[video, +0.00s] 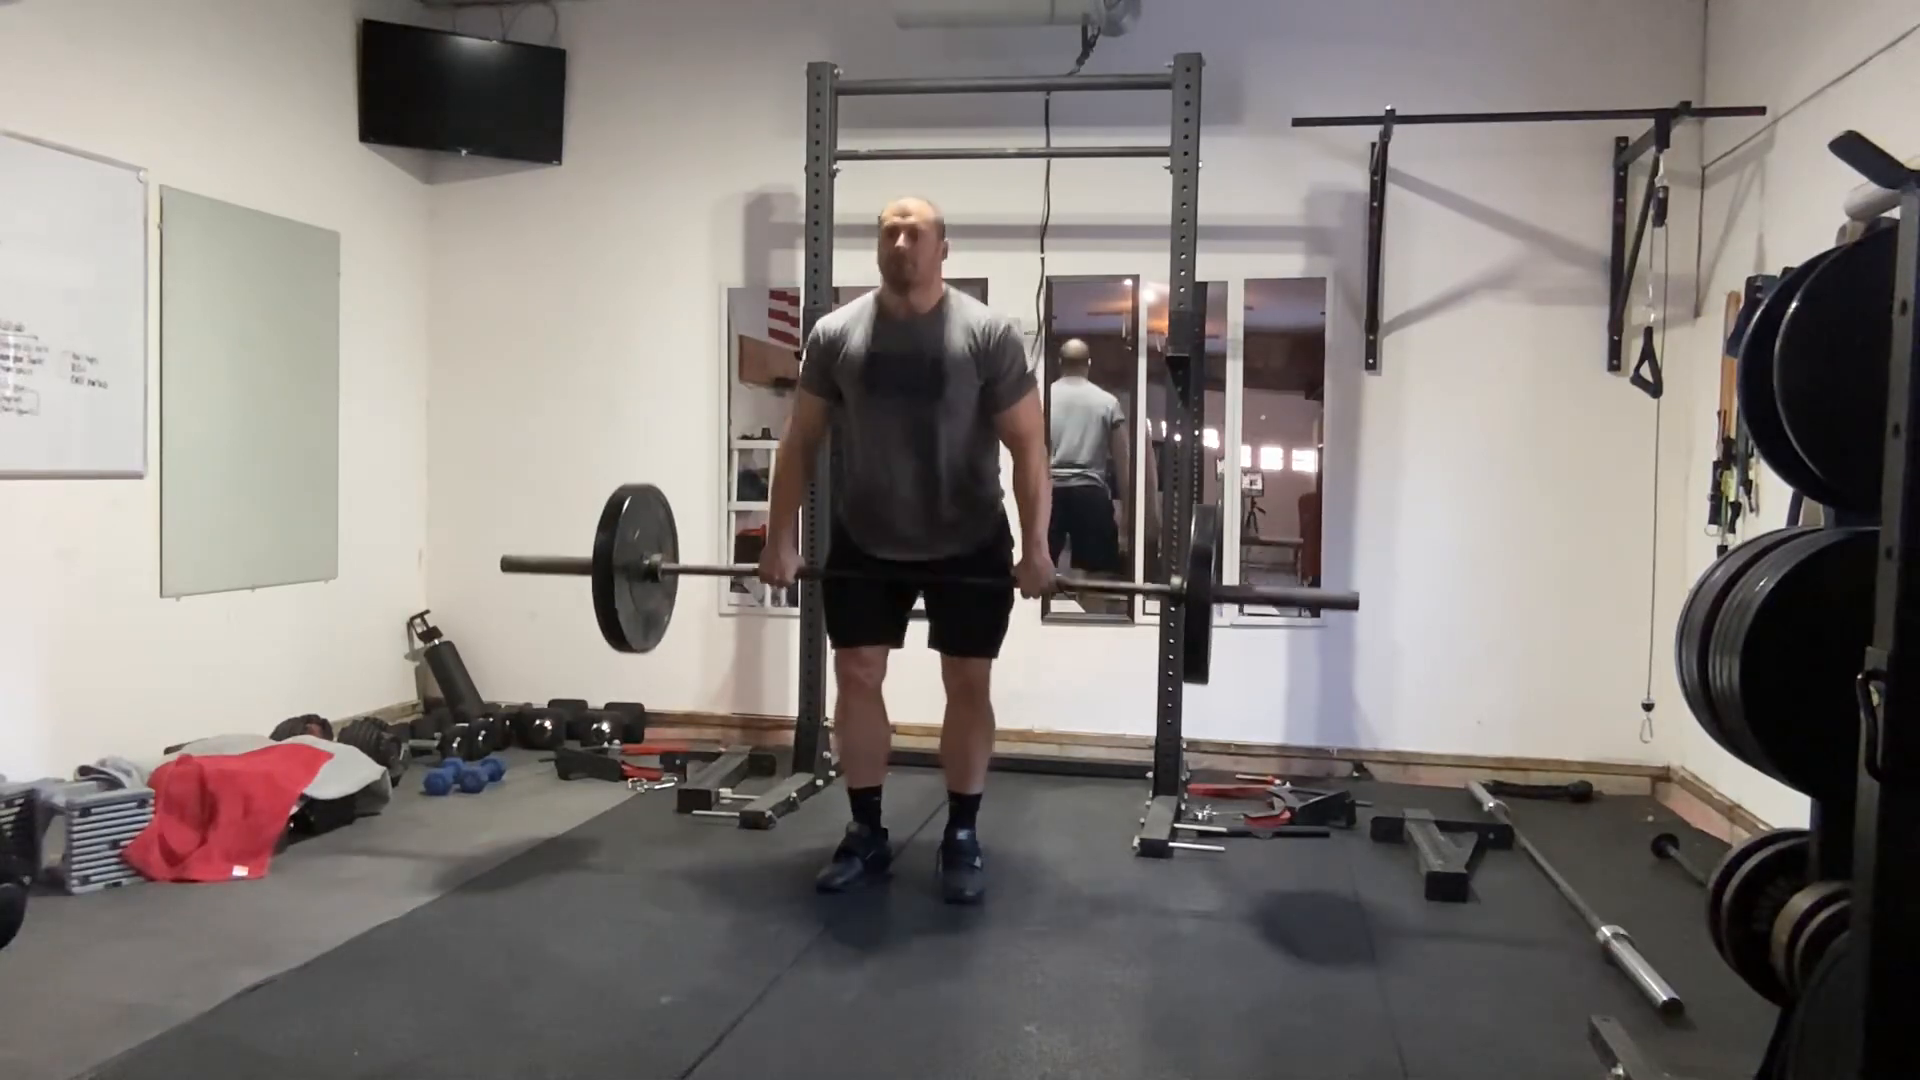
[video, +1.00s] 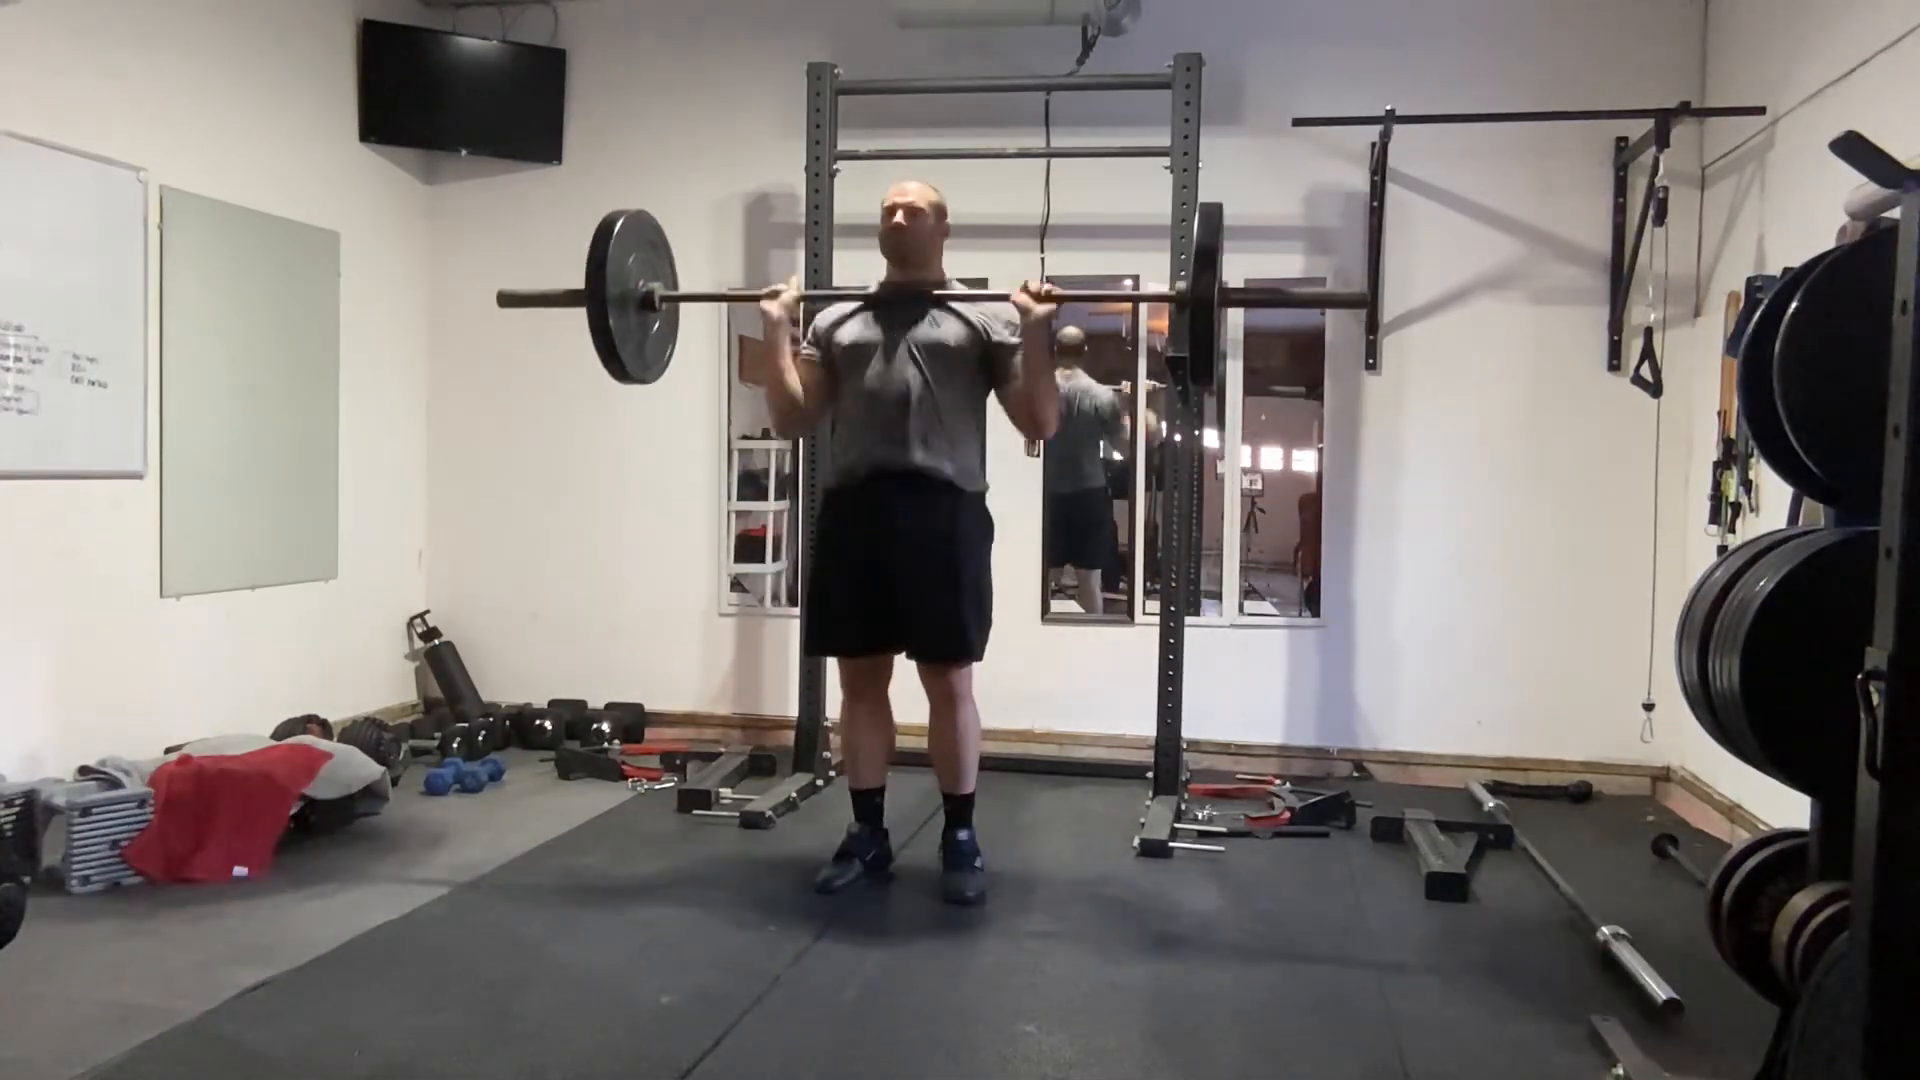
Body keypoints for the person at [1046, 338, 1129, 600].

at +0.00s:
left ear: (1060, 363)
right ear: (1088, 364)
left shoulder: (1045, 397)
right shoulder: (1106, 401)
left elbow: (1035, 450)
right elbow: (1122, 460)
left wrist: (1035, 493)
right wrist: (1125, 508)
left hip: (1052, 494)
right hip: (1092, 496)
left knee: (1043, 565)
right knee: (1098, 570)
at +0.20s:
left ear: (1060, 392)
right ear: (1088, 392)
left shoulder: (1044, 421)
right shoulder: (1106, 427)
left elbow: (1032, 466)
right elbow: (1119, 482)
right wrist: (1127, 537)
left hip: (1051, 498)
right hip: (1091, 499)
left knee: (1036, 565)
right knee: (1101, 571)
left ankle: (1033, 633)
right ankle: (1097, 640)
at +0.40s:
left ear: (1060, 396)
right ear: (1088, 396)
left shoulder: (1043, 425)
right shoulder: (1104, 430)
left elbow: (1030, 471)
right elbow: (1121, 489)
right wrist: (1126, 543)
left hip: (1049, 500)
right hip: (1091, 501)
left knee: (1034, 566)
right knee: (1102, 571)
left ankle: (1032, 636)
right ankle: (1097, 640)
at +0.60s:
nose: (1079, 356)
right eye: (1084, 350)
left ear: (1057, 352)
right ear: (1085, 353)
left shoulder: (1043, 386)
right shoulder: (1103, 389)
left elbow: (1031, 441)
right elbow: (1127, 440)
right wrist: (1129, 491)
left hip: (1051, 492)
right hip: (1093, 491)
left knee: (1047, 566)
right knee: (1094, 569)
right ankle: (1095, 631)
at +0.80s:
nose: (1069, 348)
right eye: (1072, 340)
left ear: (1051, 342)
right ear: (1081, 342)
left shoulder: (1041, 375)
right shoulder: (1097, 374)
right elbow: (1129, 412)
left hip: (1047, 486)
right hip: (1088, 482)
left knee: (1043, 573)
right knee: (1092, 570)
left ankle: (1033, 642)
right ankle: (1098, 638)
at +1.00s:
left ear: (1054, 350)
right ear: (1084, 351)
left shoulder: (1039, 390)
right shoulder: (1099, 394)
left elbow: (1031, 442)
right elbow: (1122, 444)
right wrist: (1128, 401)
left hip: (1046, 493)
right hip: (1088, 492)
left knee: (1043, 575)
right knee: (1089, 577)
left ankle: (1036, 642)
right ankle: (1097, 641)